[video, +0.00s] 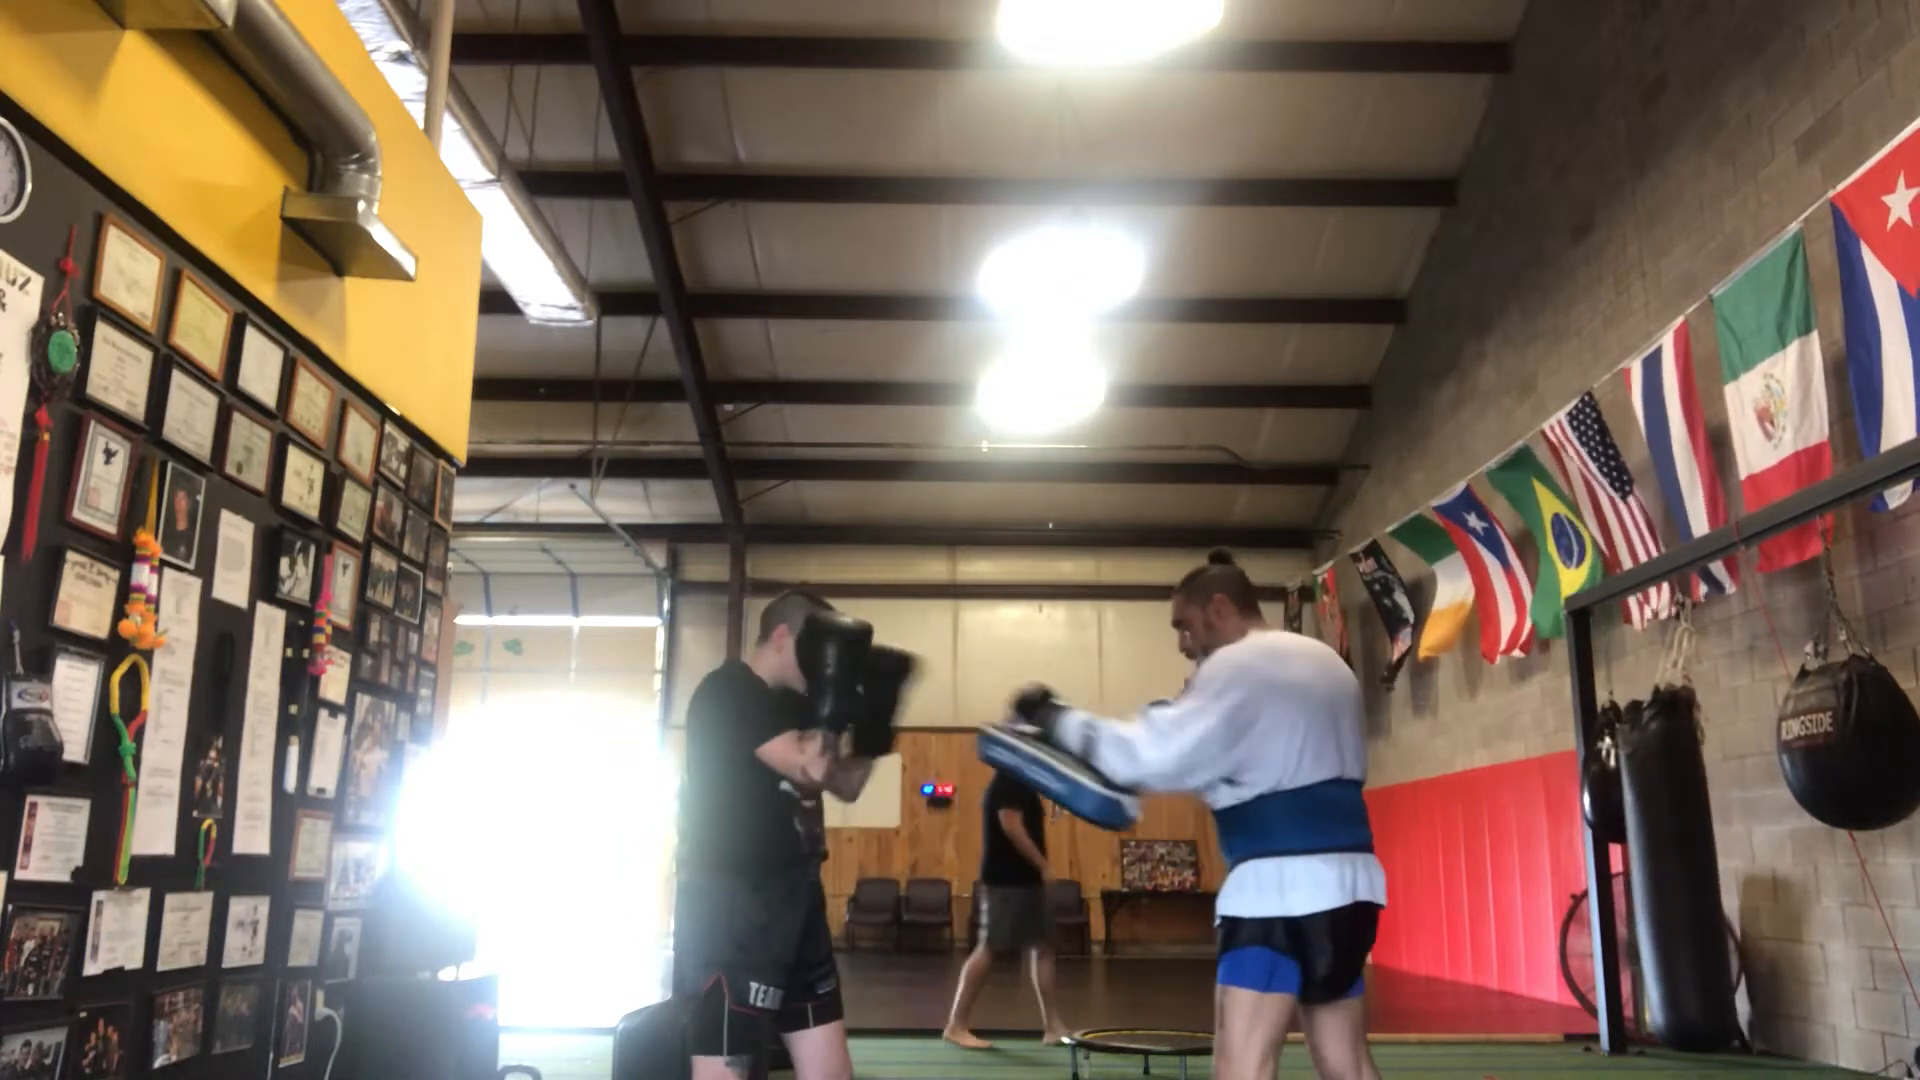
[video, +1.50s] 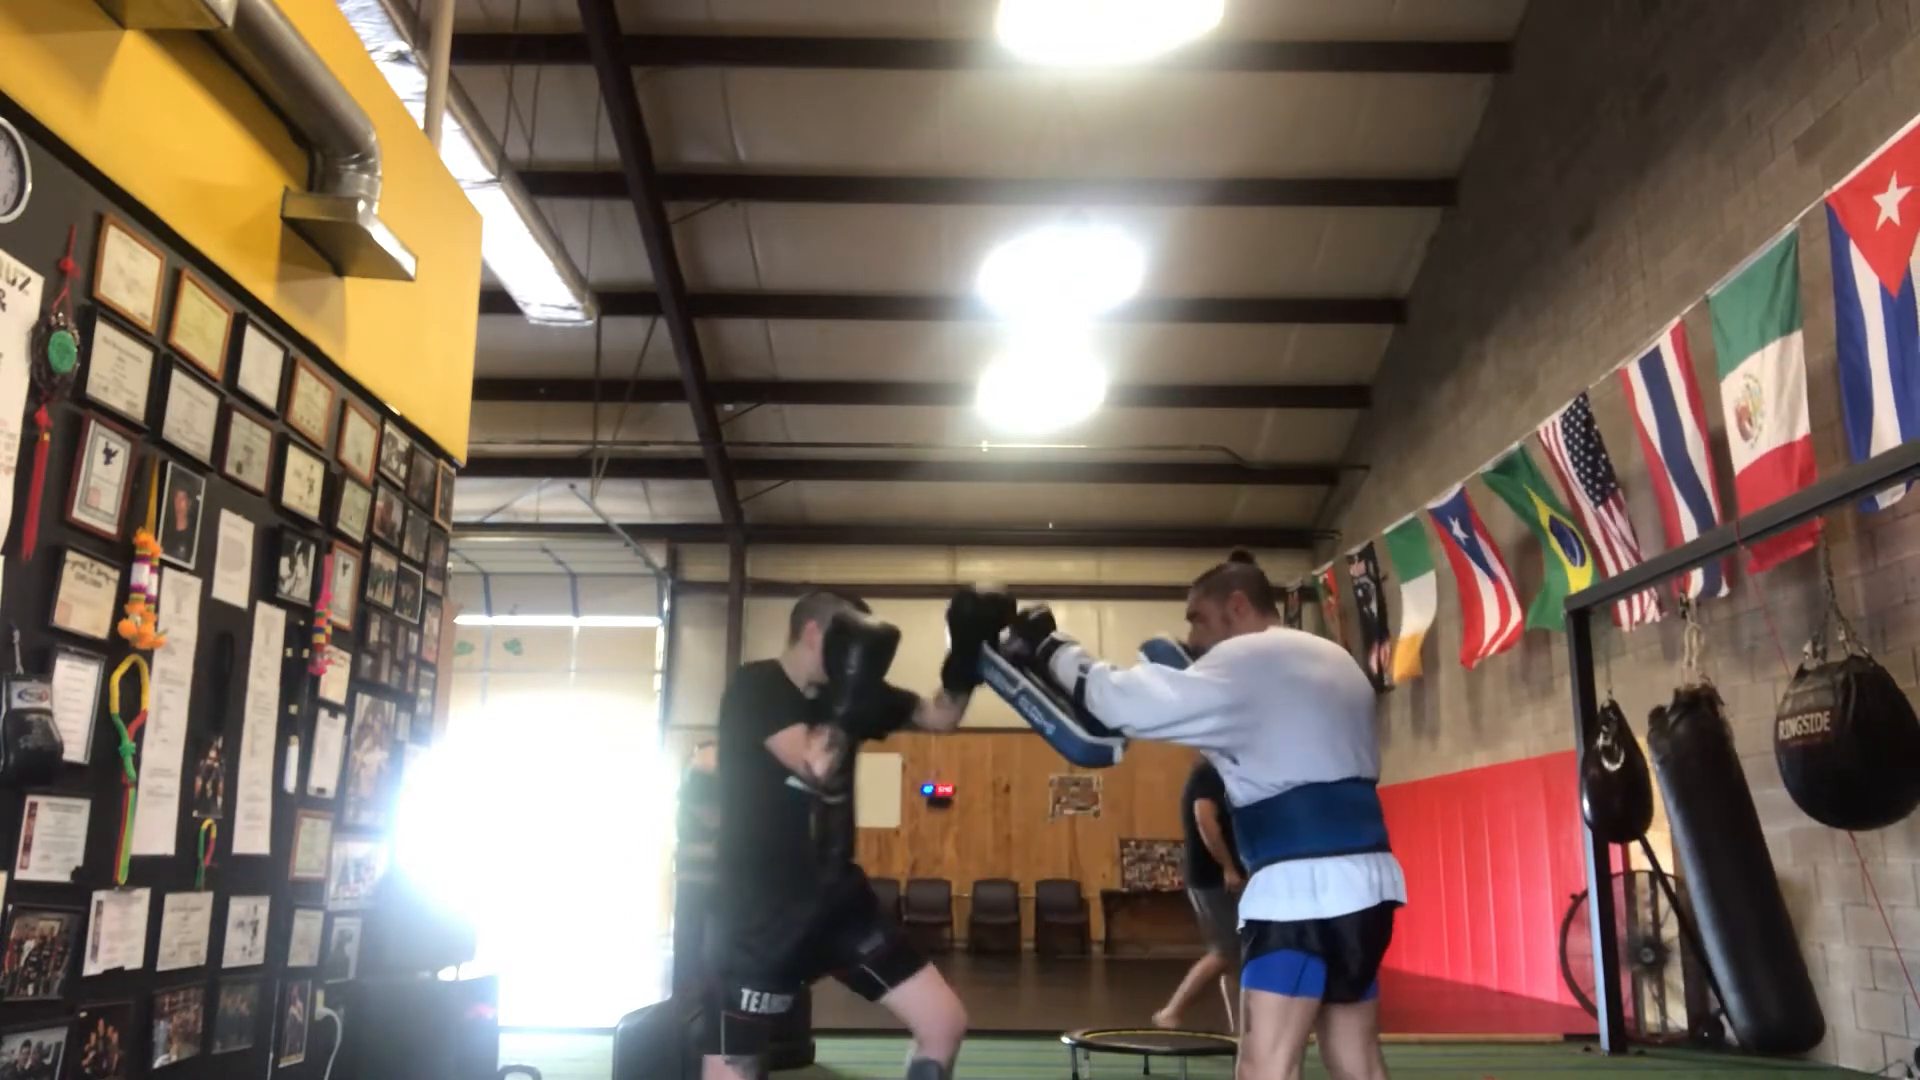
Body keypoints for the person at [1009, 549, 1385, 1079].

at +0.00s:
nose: (1182, 643)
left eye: (1184, 627)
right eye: (1178, 631)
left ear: (1219, 609)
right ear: (1229, 609)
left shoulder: (1238, 667)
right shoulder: (1325, 660)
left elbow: (1156, 755)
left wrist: (1053, 717)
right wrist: (1188, 712)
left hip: (1276, 895)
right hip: (1350, 890)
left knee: (1242, 1068)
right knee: (1347, 1064)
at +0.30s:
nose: (1164, 644)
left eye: (1164, 629)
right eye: (1159, 631)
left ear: (1196, 609)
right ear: (1217, 606)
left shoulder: (1213, 665)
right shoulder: (1316, 660)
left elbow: (1120, 729)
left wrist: (1039, 666)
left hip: (1261, 890)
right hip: (1341, 885)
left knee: (1239, 1063)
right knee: (1329, 1050)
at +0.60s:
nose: (1174, 638)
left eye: (1178, 620)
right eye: (1172, 624)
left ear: (1217, 607)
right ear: (1219, 609)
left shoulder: (1252, 663)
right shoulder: (1318, 663)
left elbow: (1240, 780)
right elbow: (1291, 762)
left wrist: (1133, 773)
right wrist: (1208, 725)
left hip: (1274, 887)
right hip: (1337, 882)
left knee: (1245, 1065)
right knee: (1346, 1061)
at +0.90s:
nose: (1195, 641)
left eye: (1198, 625)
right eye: (1191, 628)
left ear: (1235, 609)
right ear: (1244, 609)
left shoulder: (1259, 665)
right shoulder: (1336, 663)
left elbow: (1203, 762)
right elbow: (1283, 755)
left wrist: (1104, 712)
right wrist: (1203, 707)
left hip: (1286, 892)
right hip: (1356, 886)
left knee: (1245, 1065)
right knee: (1354, 1063)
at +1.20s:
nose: (1195, 648)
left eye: (1196, 631)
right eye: (1190, 635)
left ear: (1231, 614)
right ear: (1240, 613)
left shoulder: (1250, 670)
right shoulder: (1337, 663)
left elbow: (1195, 759)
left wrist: (1086, 720)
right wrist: (1202, 714)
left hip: (1297, 893)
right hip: (1370, 889)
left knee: (1258, 1063)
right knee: (1359, 1063)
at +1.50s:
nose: (1191, 637)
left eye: (1196, 620)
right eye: (1190, 623)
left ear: (1236, 607)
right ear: (1249, 608)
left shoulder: (1242, 661)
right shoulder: (1337, 658)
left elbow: (1131, 702)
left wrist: (1050, 648)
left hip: (1297, 893)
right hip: (1371, 886)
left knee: (1266, 1063)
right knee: (1357, 1058)